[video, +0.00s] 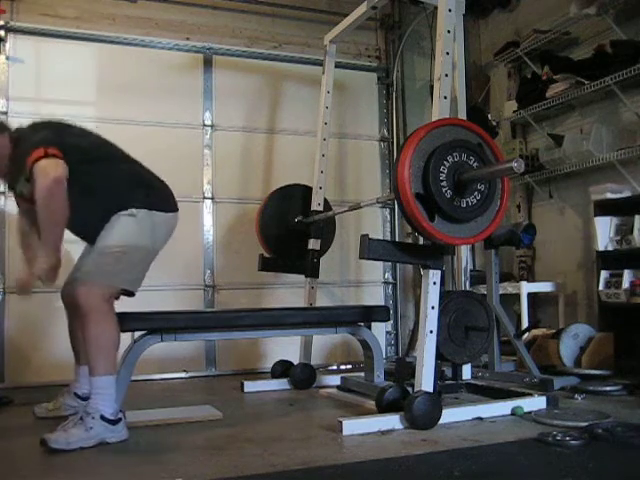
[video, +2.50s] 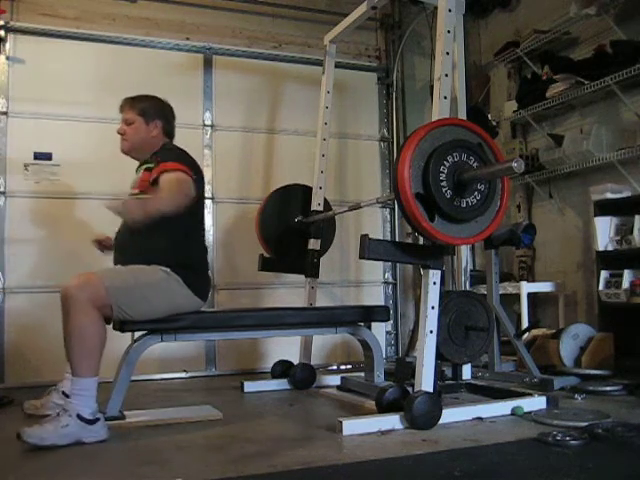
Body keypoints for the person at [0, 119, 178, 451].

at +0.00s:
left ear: (4, 141)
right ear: (6, 141)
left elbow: (52, 178)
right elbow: (28, 219)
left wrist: (51, 255)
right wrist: (29, 268)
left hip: (143, 208)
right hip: (119, 215)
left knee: (92, 294)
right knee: (73, 293)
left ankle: (106, 415)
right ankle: (84, 395)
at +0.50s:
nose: (11, 221)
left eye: (4, 212)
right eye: (4, 217)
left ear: (9, 188)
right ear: (11, 185)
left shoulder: (55, 187)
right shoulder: (45, 192)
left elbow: (85, 233)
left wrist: (71, 303)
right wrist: (69, 288)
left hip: (158, 254)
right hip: (139, 252)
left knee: (72, 301)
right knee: (62, 296)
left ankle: (103, 415)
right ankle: (81, 393)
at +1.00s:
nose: (88, 161)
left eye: (90, 153)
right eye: (85, 155)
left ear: (109, 142)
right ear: (112, 143)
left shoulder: (141, 170)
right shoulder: (127, 173)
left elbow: (80, 220)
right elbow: (75, 229)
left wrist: (31, 229)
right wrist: (28, 228)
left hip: (173, 280)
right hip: (150, 278)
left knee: (81, 296)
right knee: (68, 295)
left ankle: (104, 416)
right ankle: (81, 394)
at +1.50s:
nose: (129, 146)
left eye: (133, 138)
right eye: (130, 138)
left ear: (153, 138)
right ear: (155, 139)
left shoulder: (170, 169)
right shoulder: (159, 169)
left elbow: (100, 204)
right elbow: (90, 191)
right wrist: (40, 162)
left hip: (178, 280)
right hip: (157, 276)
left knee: (84, 296)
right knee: (69, 294)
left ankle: (104, 416)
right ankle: (82, 394)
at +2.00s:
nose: (138, 140)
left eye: (145, 132)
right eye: (138, 133)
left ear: (171, 134)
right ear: (168, 136)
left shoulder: (180, 163)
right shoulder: (164, 170)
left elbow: (115, 188)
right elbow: (125, 217)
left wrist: (109, 186)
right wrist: (93, 189)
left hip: (178, 280)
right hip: (153, 277)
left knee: (87, 293)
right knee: (66, 297)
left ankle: (105, 416)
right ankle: (82, 393)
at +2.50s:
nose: (120, 130)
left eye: (128, 123)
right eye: (121, 123)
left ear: (155, 129)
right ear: (149, 131)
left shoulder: (173, 161)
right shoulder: (147, 170)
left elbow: (178, 194)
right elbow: (155, 231)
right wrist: (117, 243)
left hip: (177, 280)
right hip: (154, 276)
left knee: (83, 292)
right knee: (75, 292)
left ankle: (86, 415)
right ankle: (72, 393)